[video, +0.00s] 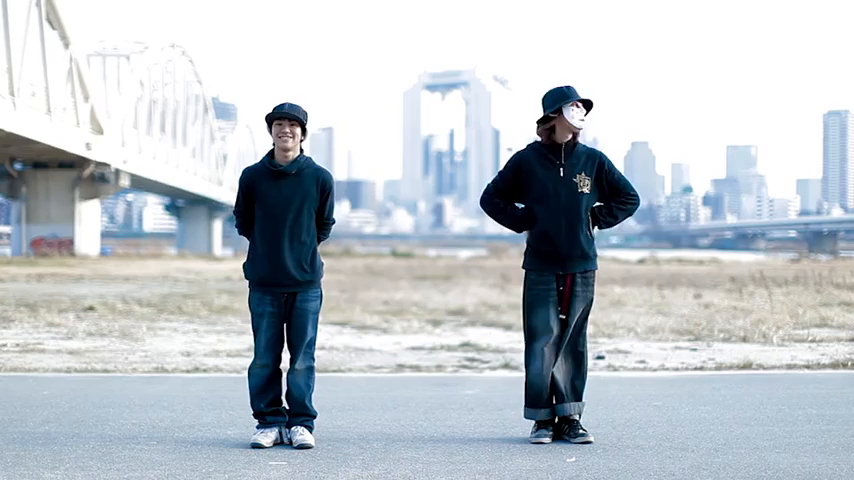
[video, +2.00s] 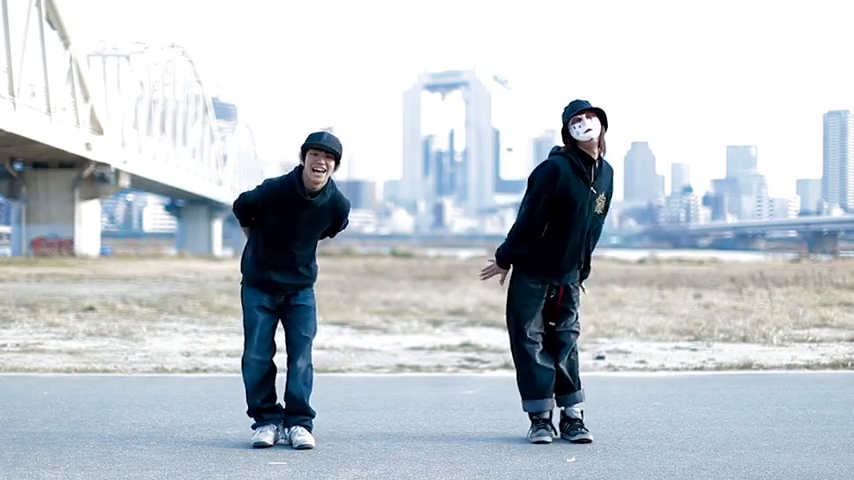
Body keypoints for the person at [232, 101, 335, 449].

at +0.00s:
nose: (286, 134)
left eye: (292, 128)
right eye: (280, 128)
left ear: (302, 134)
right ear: (271, 132)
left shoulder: (320, 178)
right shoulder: (251, 176)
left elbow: (324, 227)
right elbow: (243, 223)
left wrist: (299, 244)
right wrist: (269, 243)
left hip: (306, 279)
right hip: (264, 279)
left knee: (302, 355)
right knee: (265, 355)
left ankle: (300, 424)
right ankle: (268, 424)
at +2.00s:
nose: (321, 163)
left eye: (328, 158)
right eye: (315, 155)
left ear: (334, 165)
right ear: (303, 158)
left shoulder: (338, 204)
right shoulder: (274, 190)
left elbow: (330, 230)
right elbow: (241, 208)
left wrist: (299, 238)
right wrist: (258, 236)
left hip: (301, 286)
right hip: (259, 284)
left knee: (302, 354)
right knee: (258, 354)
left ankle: (298, 424)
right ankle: (266, 422)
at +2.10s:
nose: (315, 157)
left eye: (323, 153)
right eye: (310, 150)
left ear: (330, 159)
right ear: (299, 152)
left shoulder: (337, 199)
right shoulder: (272, 185)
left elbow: (329, 232)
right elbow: (246, 213)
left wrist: (301, 242)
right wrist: (265, 242)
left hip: (303, 282)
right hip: (262, 280)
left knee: (303, 353)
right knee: (259, 353)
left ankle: (299, 424)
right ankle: (266, 422)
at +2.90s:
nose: (236, 165)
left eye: (242, 158)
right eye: (229, 159)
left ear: (254, 163)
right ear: (221, 166)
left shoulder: (280, 195)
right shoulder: (231, 209)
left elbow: (324, 218)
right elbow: (267, 235)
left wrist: (320, 240)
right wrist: (304, 243)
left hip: (318, 278)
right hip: (281, 281)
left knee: (310, 351)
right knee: (277, 351)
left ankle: (302, 424)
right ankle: (269, 423)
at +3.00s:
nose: (235, 173)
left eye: (241, 166)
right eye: (228, 168)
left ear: (252, 170)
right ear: (220, 175)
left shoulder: (281, 201)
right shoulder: (227, 216)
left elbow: (326, 220)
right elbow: (261, 241)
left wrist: (319, 244)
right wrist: (297, 247)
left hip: (318, 280)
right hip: (281, 283)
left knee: (312, 352)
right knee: (275, 351)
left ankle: (303, 424)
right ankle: (270, 423)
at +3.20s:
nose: (264, 138)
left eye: (270, 132)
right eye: (257, 132)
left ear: (280, 136)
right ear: (248, 137)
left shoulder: (303, 170)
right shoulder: (237, 180)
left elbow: (325, 210)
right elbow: (235, 224)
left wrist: (309, 242)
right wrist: (262, 244)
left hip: (305, 280)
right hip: (264, 281)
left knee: (302, 355)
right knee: (260, 356)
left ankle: (301, 424)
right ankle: (266, 425)